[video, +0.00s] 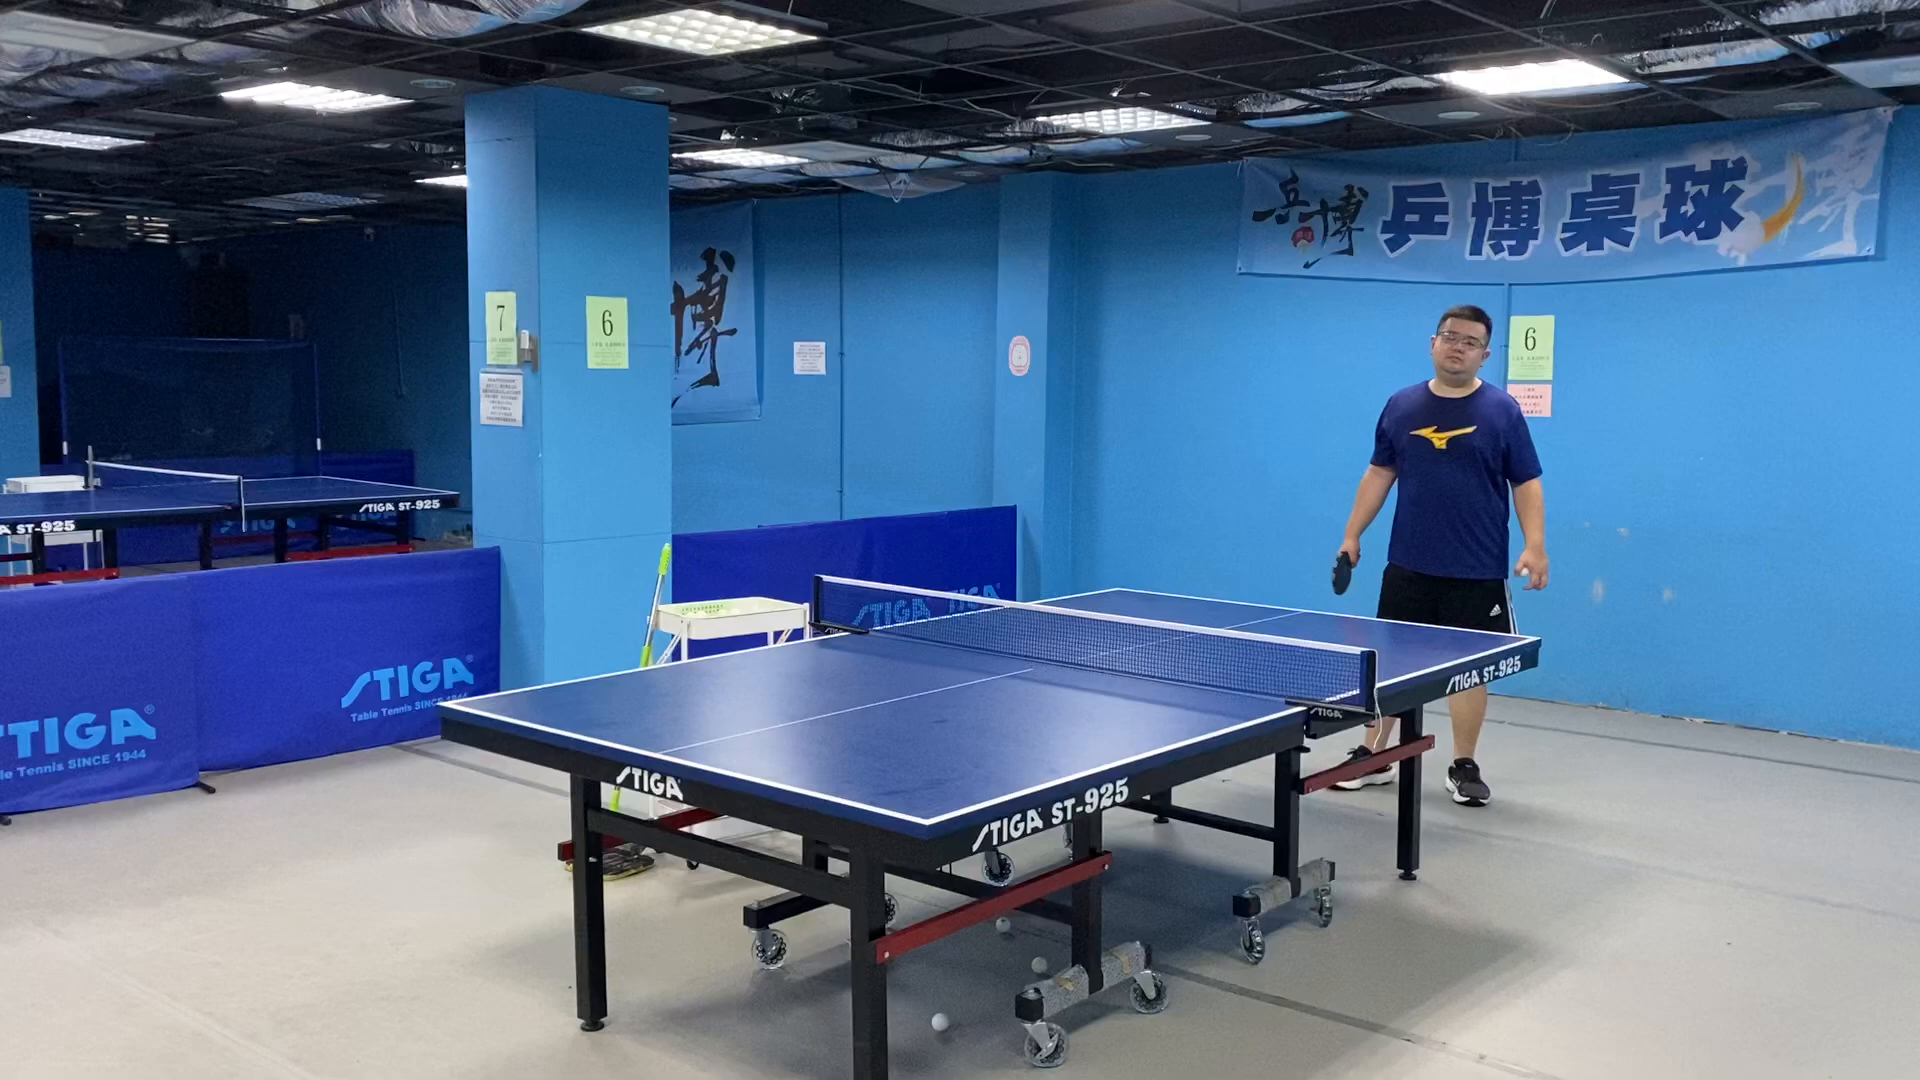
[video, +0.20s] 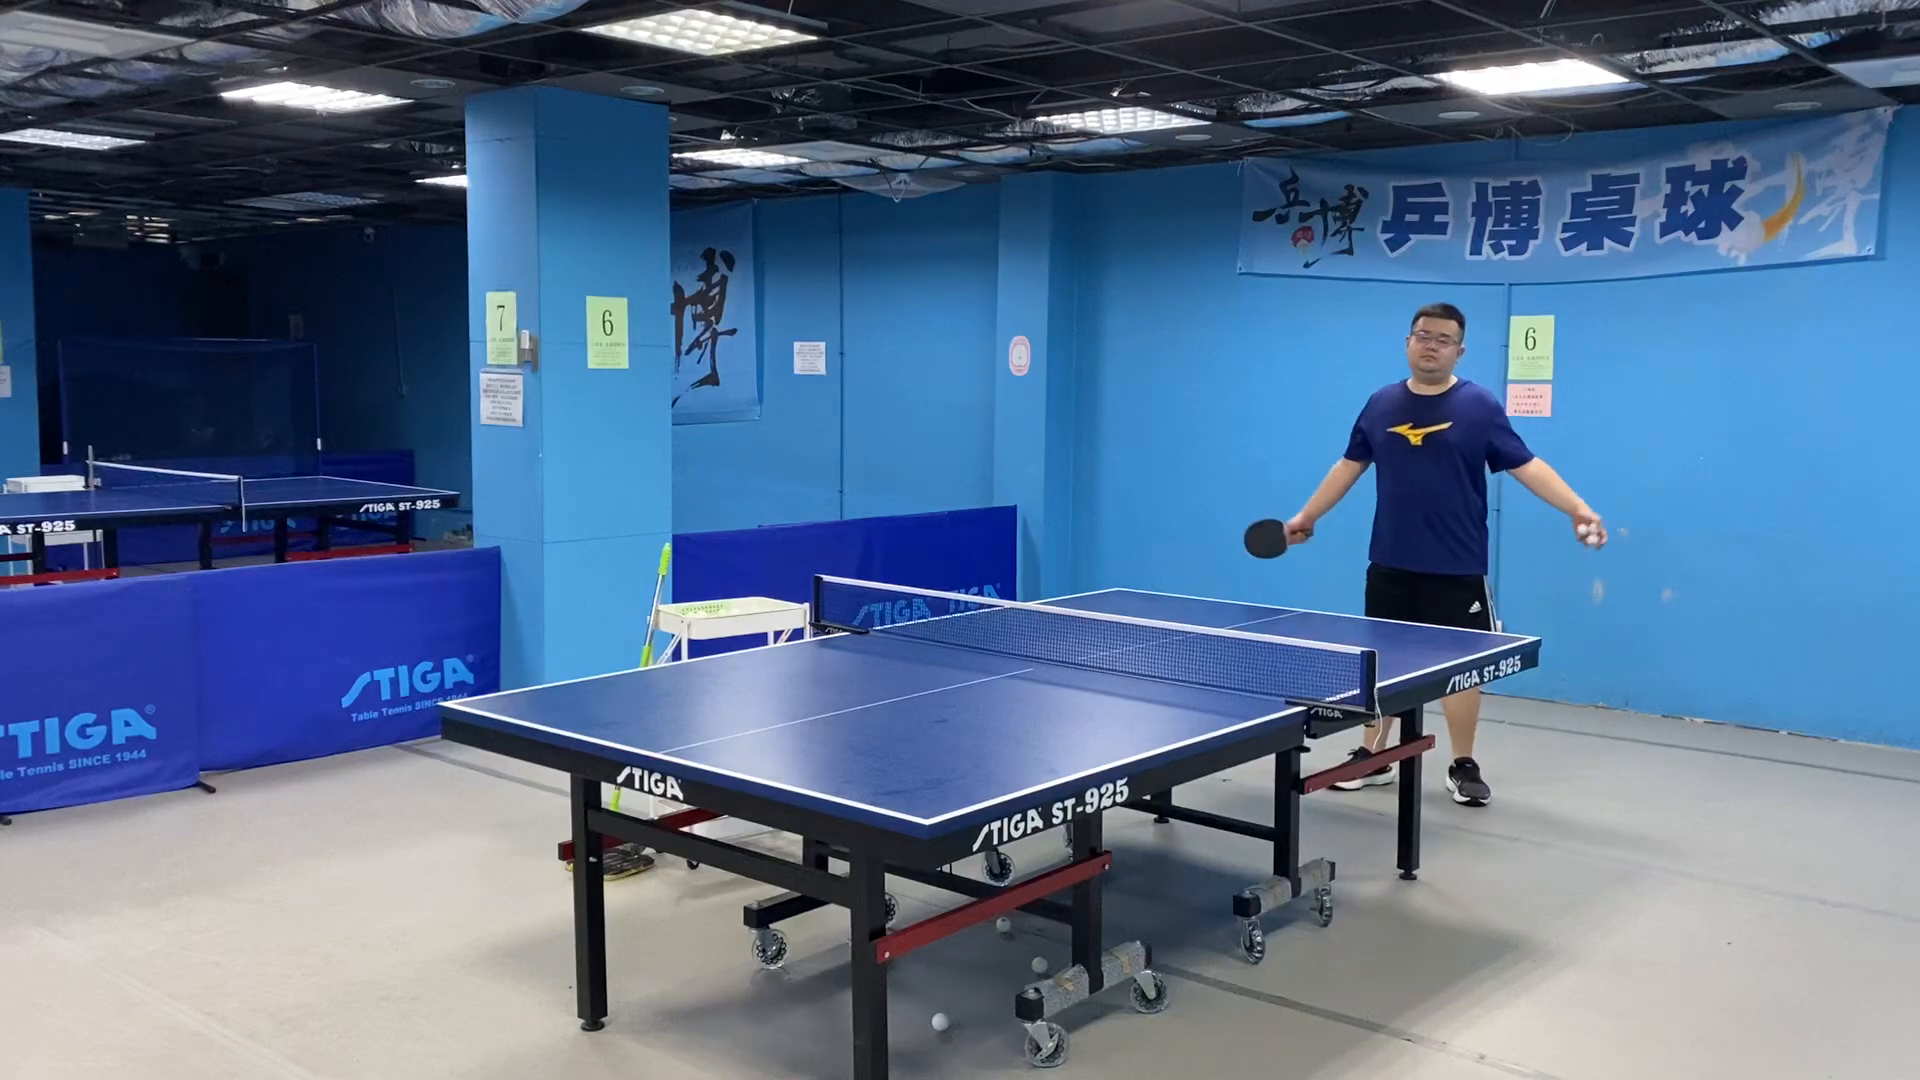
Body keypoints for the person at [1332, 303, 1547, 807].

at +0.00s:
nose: (1458, 347)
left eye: (1470, 342)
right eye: (1451, 338)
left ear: (1485, 354)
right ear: (1434, 343)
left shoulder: (1502, 410)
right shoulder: (1403, 404)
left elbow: (1526, 481)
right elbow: (1380, 472)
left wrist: (1535, 545)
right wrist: (1352, 533)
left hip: (1477, 569)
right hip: (1410, 563)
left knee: (1472, 669)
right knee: (1389, 659)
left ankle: (1465, 764)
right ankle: (1374, 755)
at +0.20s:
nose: (1429, 346)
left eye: (1442, 340)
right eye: (1422, 336)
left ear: (1458, 351)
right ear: (1409, 342)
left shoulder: (1478, 406)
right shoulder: (1383, 403)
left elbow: (1525, 464)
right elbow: (1351, 464)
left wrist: (1578, 509)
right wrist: (1307, 515)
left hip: (1457, 565)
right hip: (1391, 561)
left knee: (1463, 669)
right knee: (1382, 660)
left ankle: (1463, 764)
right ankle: (1372, 755)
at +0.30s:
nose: (1416, 345)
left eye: (1428, 338)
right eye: (1409, 336)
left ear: (1445, 348)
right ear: (1394, 341)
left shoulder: (1465, 401)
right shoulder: (1373, 399)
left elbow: (1518, 449)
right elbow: (1343, 454)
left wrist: (1583, 474)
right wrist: (1290, 491)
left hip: (1446, 560)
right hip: (1382, 556)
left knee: (1458, 665)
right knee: (1374, 658)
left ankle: (1463, 763)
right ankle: (1371, 755)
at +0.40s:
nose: (1403, 345)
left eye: (1416, 338)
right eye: (1396, 335)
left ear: (1432, 348)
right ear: (1381, 342)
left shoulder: (1455, 400)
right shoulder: (1363, 399)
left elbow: (1507, 442)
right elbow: (1339, 451)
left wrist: (1578, 448)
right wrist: (1282, 472)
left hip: (1435, 560)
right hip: (1371, 557)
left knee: (1450, 665)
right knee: (1368, 657)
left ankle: (1462, 763)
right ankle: (1371, 755)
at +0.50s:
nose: (1392, 346)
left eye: (1404, 339)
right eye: (1384, 336)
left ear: (1421, 349)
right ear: (1370, 343)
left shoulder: (1445, 402)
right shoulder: (1354, 399)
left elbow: (1497, 440)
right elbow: (1329, 448)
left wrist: (1568, 430)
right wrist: (1271, 457)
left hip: (1426, 562)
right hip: (1362, 559)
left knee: (1445, 664)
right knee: (1363, 658)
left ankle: (1460, 763)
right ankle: (1371, 754)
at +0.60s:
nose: (1383, 347)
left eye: (1395, 340)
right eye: (1376, 338)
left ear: (1412, 349)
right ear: (1362, 344)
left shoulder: (1437, 402)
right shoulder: (1345, 401)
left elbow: (1495, 439)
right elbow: (1313, 447)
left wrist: (1554, 421)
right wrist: (1250, 447)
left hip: (1421, 561)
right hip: (1355, 559)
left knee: (1443, 663)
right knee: (1359, 660)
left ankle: (1458, 760)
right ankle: (1370, 755)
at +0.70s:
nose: (1377, 349)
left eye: (1388, 341)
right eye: (1369, 339)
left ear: (1406, 350)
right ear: (1356, 345)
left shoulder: (1432, 402)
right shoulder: (1337, 403)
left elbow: (1480, 441)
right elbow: (1297, 451)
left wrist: (1519, 431)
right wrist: (1236, 449)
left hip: (1418, 563)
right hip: (1351, 561)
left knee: (1439, 664)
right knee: (1354, 660)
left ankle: (1452, 758)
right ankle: (1370, 754)